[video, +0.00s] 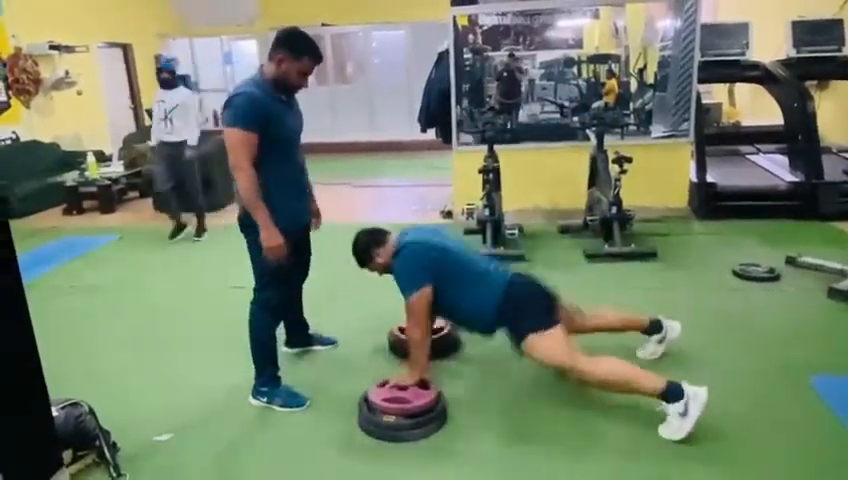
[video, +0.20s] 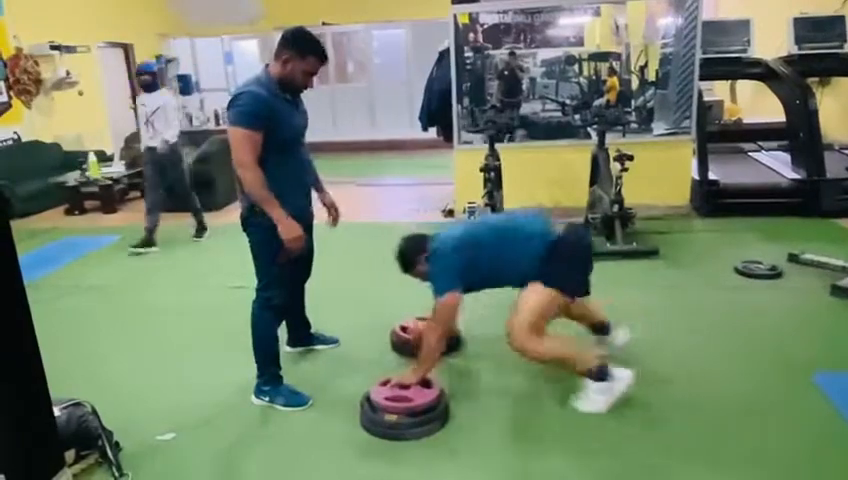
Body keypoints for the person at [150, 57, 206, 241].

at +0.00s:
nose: (162, 78)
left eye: (166, 75)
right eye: (160, 75)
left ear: (174, 75)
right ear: (158, 77)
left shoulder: (187, 95)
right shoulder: (159, 96)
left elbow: (194, 121)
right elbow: (156, 121)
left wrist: (191, 143)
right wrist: (154, 141)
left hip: (183, 143)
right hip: (164, 144)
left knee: (192, 184)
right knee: (163, 185)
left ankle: (200, 223)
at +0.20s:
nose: (141, 81)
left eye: (145, 76)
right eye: (139, 77)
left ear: (154, 77)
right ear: (137, 80)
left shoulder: (167, 97)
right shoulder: (140, 100)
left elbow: (174, 122)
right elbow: (144, 124)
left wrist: (168, 140)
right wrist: (145, 143)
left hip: (168, 146)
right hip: (150, 148)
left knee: (182, 187)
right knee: (152, 191)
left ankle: (201, 222)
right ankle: (149, 235)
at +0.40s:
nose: (120, 80)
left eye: (123, 75)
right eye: (117, 77)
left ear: (133, 75)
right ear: (115, 79)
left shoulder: (145, 97)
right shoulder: (121, 100)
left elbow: (157, 126)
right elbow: (121, 128)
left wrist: (152, 148)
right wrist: (121, 150)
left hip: (146, 150)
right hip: (129, 151)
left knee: (154, 197)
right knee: (136, 198)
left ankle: (178, 217)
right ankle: (147, 237)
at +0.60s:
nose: (102, 81)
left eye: (105, 76)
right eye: (98, 77)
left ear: (114, 77)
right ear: (95, 79)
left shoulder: (130, 100)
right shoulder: (99, 102)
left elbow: (144, 127)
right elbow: (101, 128)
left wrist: (148, 152)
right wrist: (99, 150)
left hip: (130, 151)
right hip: (110, 153)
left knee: (125, 200)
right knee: (128, 199)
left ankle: (136, 242)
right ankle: (146, 238)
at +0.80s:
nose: (84, 83)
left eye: (88, 79)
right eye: (81, 80)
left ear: (96, 80)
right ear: (77, 82)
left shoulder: (112, 104)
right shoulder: (78, 107)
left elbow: (130, 133)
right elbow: (71, 134)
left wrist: (139, 160)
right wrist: (61, 160)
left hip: (112, 160)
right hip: (92, 162)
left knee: (108, 209)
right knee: (113, 206)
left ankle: (104, 257)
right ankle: (142, 237)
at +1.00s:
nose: (65, 83)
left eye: (69, 79)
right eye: (61, 79)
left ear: (77, 80)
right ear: (57, 83)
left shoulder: (89, 105)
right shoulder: (58, 108)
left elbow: (107, 137)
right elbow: (54, 137)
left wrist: (110, 166)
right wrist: (45, 162)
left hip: (92, 162)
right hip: (70, 164)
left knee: (97, 212)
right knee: (75, 217)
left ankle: (103, 259)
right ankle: (109, 235)